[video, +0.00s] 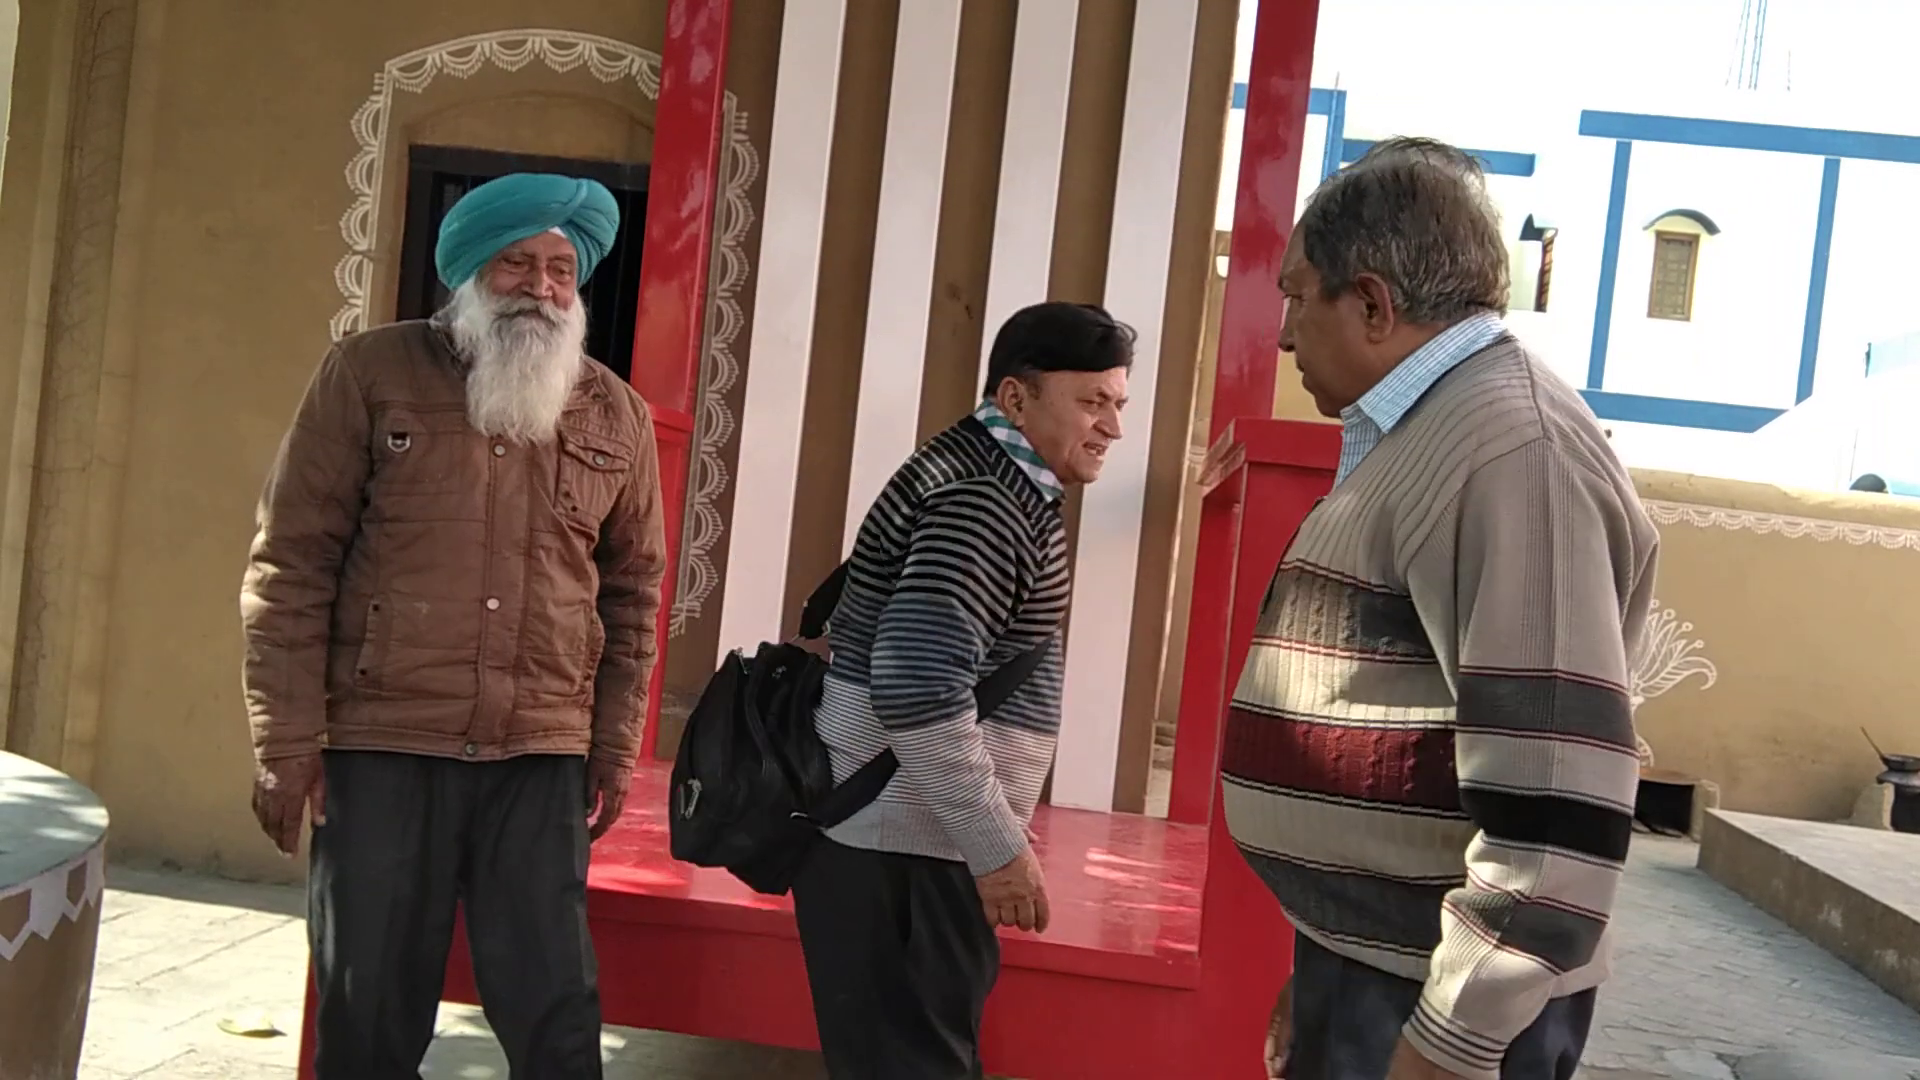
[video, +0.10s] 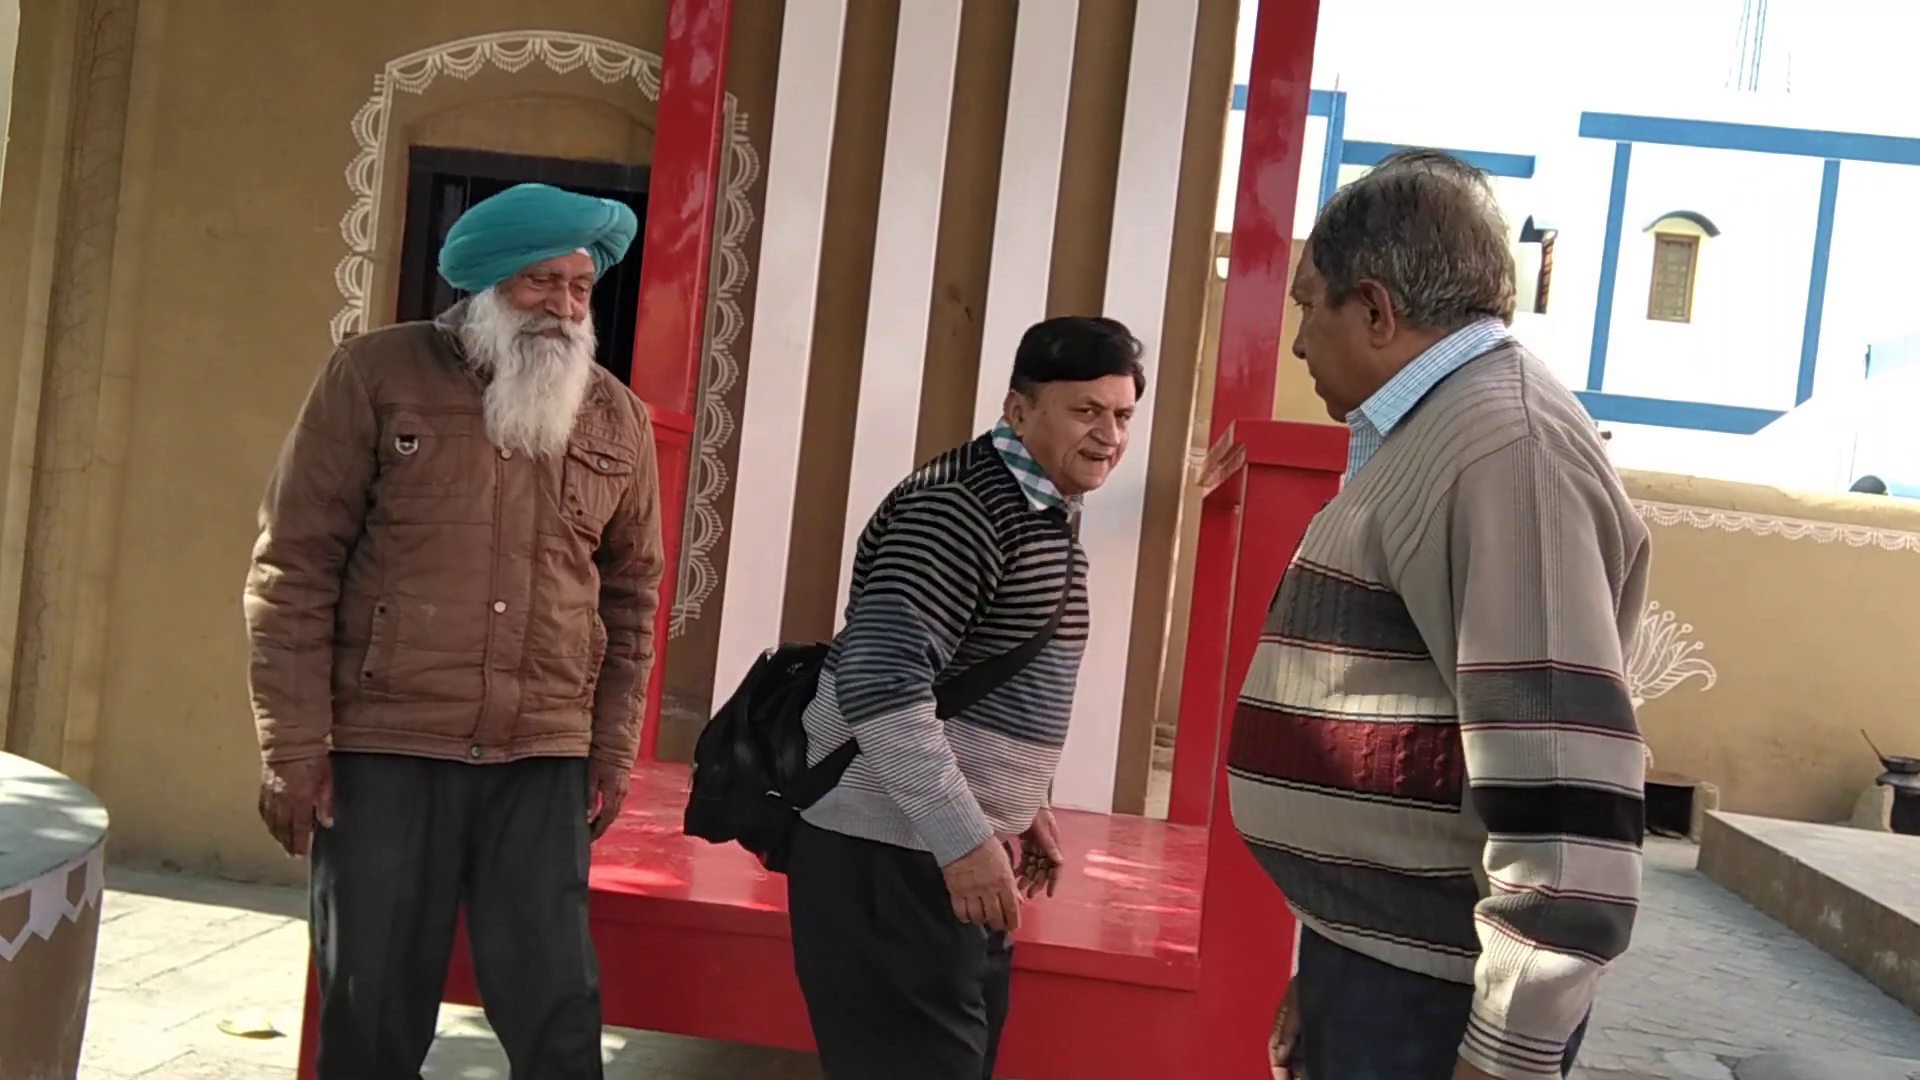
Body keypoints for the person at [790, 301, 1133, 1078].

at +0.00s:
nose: (1110, 423)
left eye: (1117, 406)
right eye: (1092, 401)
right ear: (1019, 395)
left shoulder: (1005, 480)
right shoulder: (985, 491)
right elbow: (918, 682)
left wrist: (1169, 492)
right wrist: (997, 848)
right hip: (898, 864)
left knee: (919, 1061)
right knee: (914, 1064)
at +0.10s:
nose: (1109, 435)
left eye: (1122, 416)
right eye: (1086, 411)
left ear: (1133, 421)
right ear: (1021, 407)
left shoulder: (1048, 515)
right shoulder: (959, 504)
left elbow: (990, 677)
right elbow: (876, 683)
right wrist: (961, 838)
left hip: (962, 866)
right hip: (887, 862)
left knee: (961, 1060)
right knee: (916, 1064)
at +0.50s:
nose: (969, 427)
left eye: (995, 409)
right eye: (954, 404)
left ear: (1043, 418)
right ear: (932, 401)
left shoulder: (1070, 525)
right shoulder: (859, 490)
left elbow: (1118, 664)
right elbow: (763, 605)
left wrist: (1138, 794)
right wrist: (689, 707)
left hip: (982, 841)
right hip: (827, 826)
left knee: (964, 1065)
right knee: (792, 1058)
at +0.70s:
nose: (901, 468)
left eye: (926, 451)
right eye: (889, 445)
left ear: (981, 450)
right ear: (872, 436)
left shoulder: (1036, 547)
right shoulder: (821, 525)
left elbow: (1133, 680)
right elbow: (724, 637)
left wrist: (1193, 812)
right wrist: (613, 689)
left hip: (976, 847)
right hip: (820, 832)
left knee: (969, 1055)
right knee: (783, 1050)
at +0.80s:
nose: (884, 487)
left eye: (906, 470)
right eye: (874, 465)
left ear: (969, 468)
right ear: (862, 457)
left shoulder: (1030, 564)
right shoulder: (816, 541)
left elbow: (1134, 694)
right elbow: (715, 645)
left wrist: (1199, 821)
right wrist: (608, 681)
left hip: (973, 853)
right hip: (819, 838)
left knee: (978, 1054)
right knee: (777, 1051)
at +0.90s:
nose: (883, 501)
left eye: (907, 485)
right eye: (872, 479)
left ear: (967, 482)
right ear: (859, 467)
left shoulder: (1027, 573)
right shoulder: (813, 548)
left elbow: (1129, 700)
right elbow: (712, 648)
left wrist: (1195, 825)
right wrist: (608, 682)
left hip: (970, 854)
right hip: (814, 839)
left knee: (980, 1049)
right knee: (771, 1044)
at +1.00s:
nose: (884, 506)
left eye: (908, 491)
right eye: (874, 484)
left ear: (966, 489)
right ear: (859, 474)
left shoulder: (1022, 576)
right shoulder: (814, 554)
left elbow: (1124, 698)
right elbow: (709, 651)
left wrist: (1181, 819)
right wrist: (605, 683)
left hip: (968, 851)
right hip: (812, 836)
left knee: (988, 1024)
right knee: (756, 1009)